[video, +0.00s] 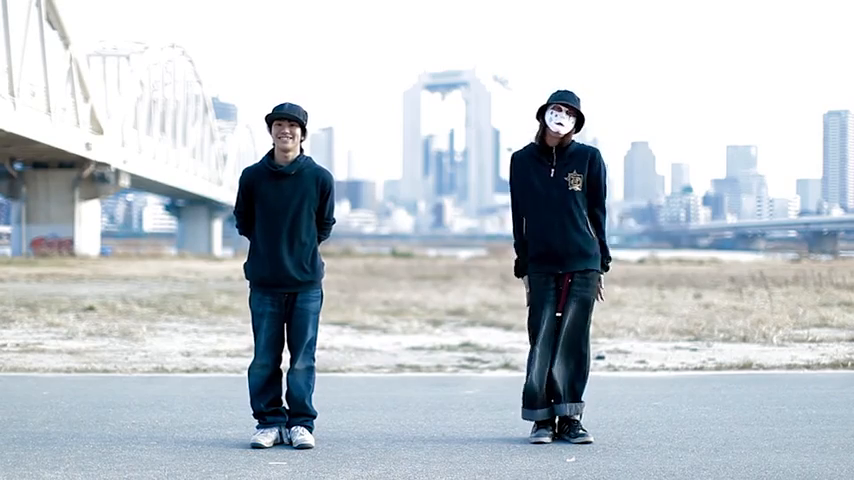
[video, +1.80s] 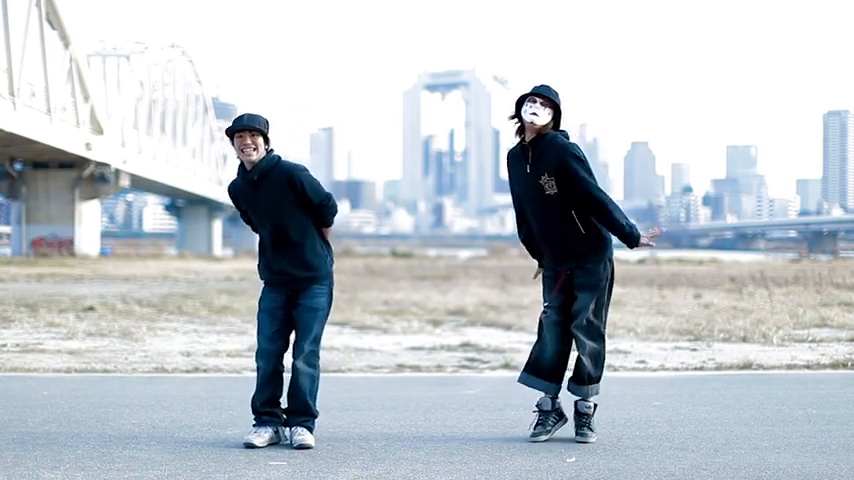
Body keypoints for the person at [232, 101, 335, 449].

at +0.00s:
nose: (285, 134)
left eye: (292, 129)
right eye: (279, 128)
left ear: (302, 134)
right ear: (271, 132)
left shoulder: (320, 178)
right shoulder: (251, 176)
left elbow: (324, 227)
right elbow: (243, 224)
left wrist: (299, 245)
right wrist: (270, 243)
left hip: (306, 280)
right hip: (264, 279)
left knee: (302, 355)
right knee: (265, 355)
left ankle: (300, 424)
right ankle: (268, 424)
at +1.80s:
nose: (247, 143)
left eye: (253, 136)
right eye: (240, 138)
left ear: (265, 141)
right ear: (233, 145)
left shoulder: (293, 174)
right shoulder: (237, 189)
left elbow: (327, 207)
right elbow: (257, 225)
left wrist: (318, 233)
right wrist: (300, 234)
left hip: (313, 278)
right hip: (275, 280)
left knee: (305, 353)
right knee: (267, 353)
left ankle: (301, 425)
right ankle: (267, 424)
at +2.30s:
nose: (277, 148)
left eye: (284, 142)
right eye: (271, 141)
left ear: (292, 146)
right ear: (261, 143)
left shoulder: (312, 182)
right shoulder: (244, 183)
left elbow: (322, 230)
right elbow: (229, 231)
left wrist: (298, 248)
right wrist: (256, 253)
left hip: (302, 288)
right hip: (259, 289)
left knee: (302, 359)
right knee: (258, 361)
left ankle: (301, 425)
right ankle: (266, 425)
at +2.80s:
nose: (326, 153)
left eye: (333, 150)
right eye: (321, 147)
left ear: (340, 160)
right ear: (309, 152)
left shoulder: (336, 201)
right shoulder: (279, 183)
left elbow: (310, 235)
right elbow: (242, 211)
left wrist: (278, 249)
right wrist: (251, 249)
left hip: (292, 283)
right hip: (253, 281)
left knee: (297, 351)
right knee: (259, 353)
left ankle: (299, 422)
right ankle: (266, 422)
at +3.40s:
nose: (281, 160)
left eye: (288, 154)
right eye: (276, 154)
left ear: (300, 159)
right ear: (269, 158)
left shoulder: (318, 197)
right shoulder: (257, 203)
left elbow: (335, 244)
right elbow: (250, 246)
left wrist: (312, 278)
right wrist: (265, 271)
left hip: (300, 294)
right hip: (259, 293)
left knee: (299, 364)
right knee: (255, 365)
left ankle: (301, 426)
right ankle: (266, 425)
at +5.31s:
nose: (280, 164)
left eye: (287, 159)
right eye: (275, 158)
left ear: (298, 163)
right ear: (267, 161)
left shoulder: (316, 199)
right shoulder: (255, 206)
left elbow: (333, 247)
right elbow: (249, 249)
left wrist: (310, 272)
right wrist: (265, 272)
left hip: (301, 297)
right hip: (259, 296)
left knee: (299, 367)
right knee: (252, 368)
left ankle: (302, 426)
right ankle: (266, 425)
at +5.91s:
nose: (251, 155)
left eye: (257, 149)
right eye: (244, 149)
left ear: (269, 152)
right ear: (236, 154)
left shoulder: (297, 185)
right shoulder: (233, 195)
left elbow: (326, 208)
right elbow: (244, 226)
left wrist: (312, 237)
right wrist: (274, 238)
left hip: (310, 281)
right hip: (269, 282)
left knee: (306, 355)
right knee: (265, 355)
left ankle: (302, 424)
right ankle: (267, 424)